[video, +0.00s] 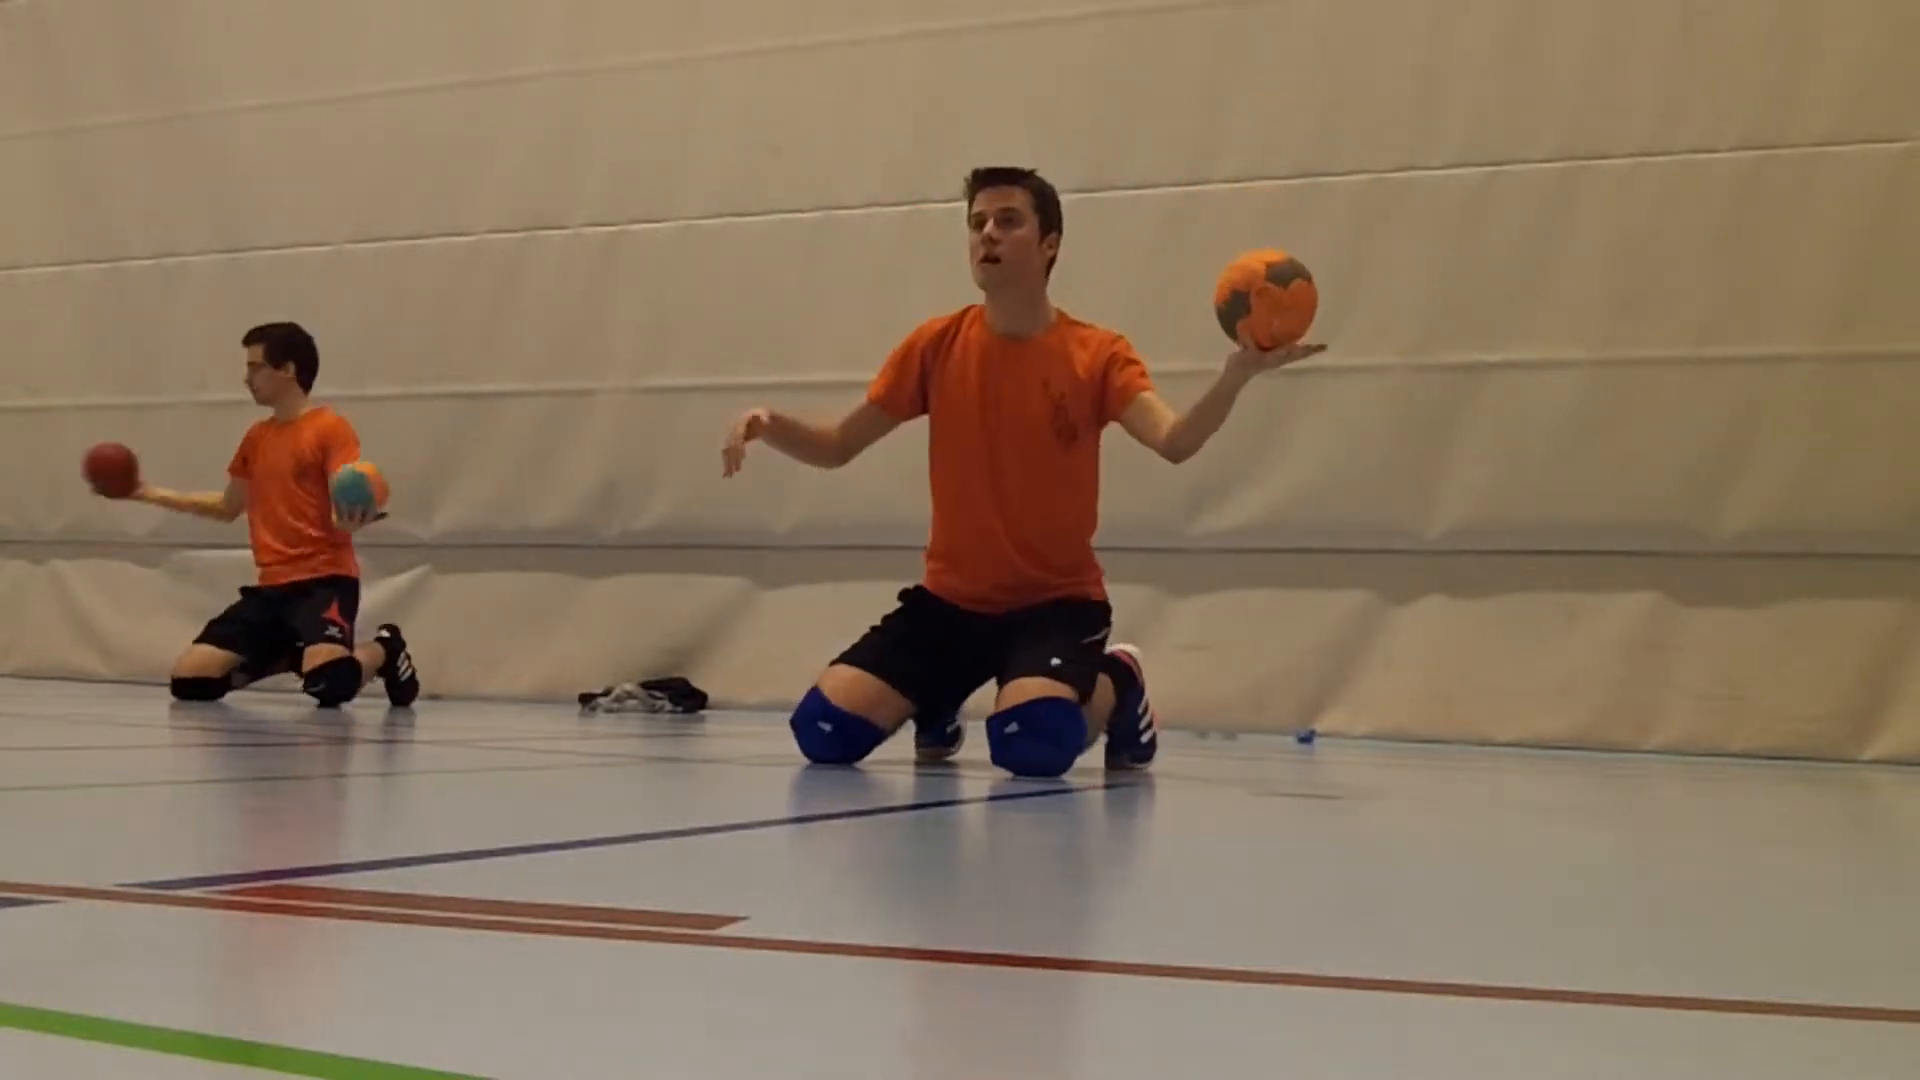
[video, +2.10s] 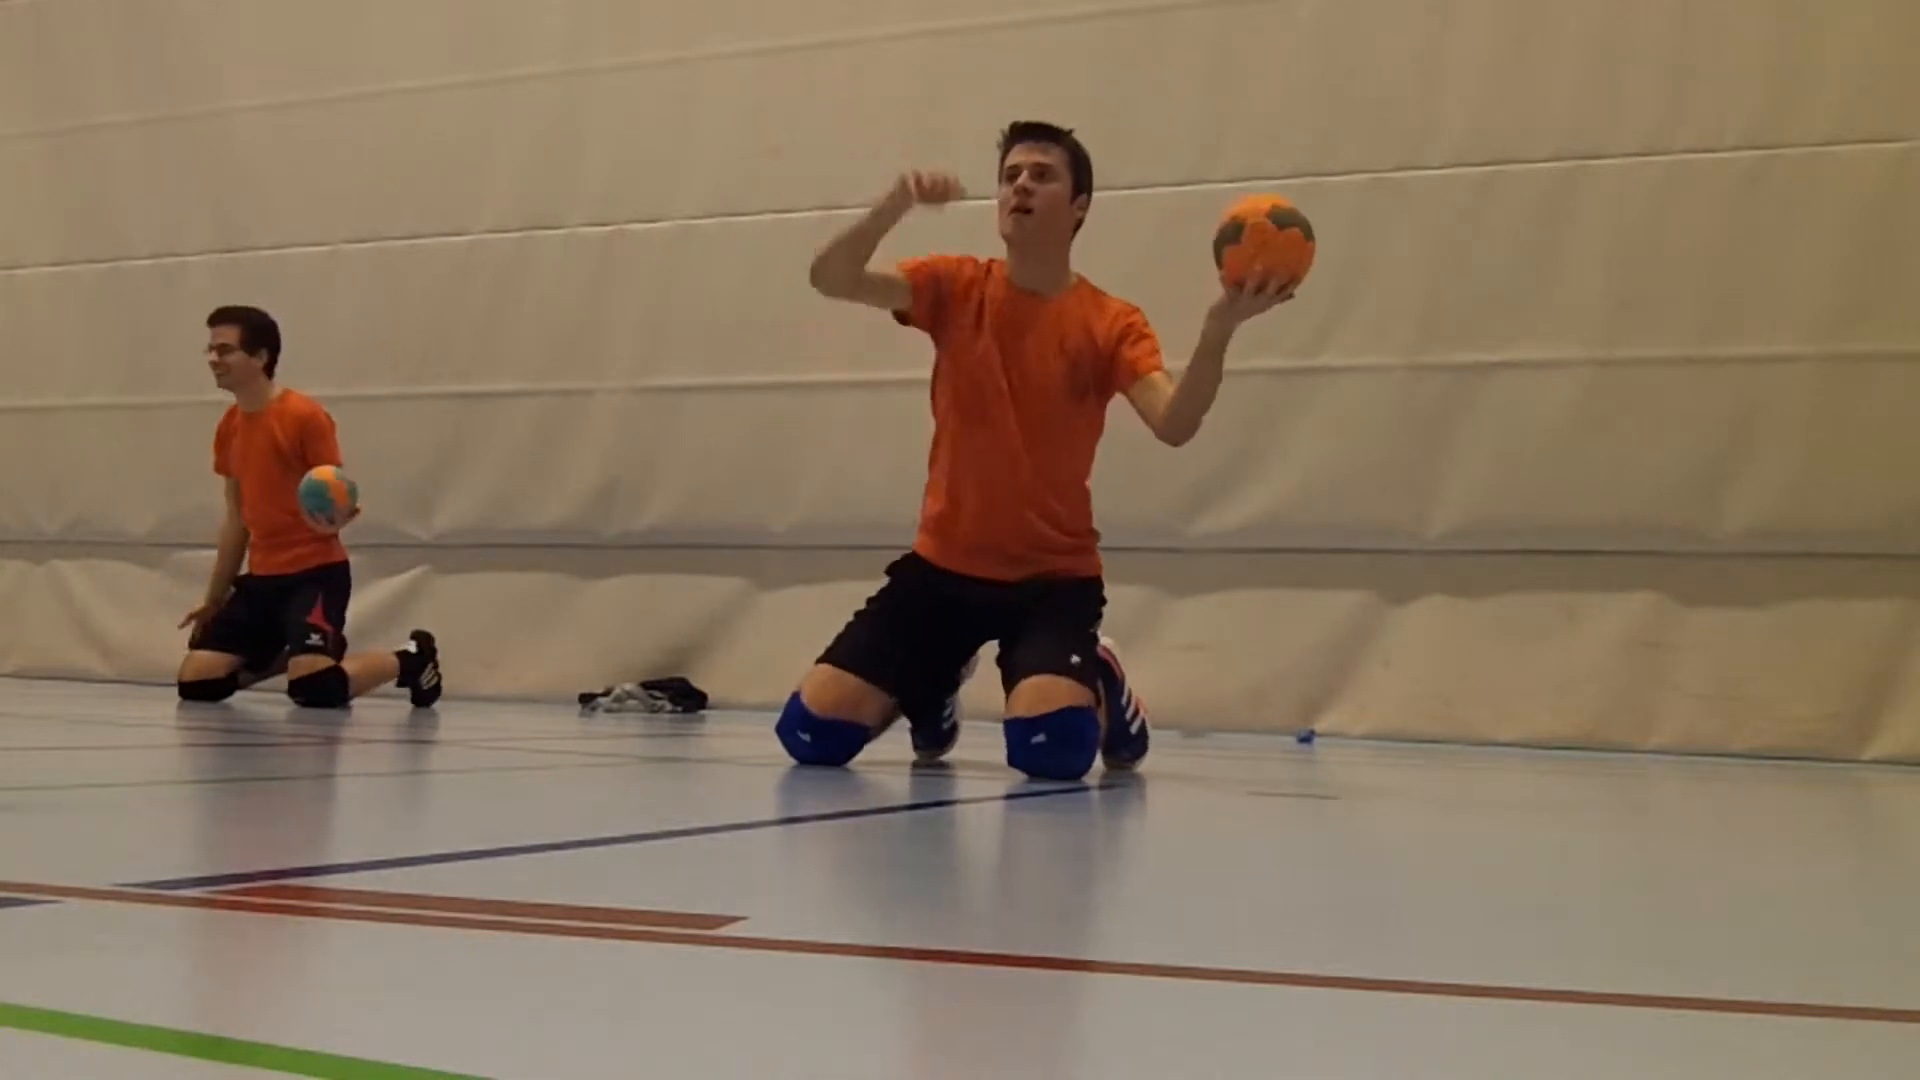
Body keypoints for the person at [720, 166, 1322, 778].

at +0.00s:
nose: (988, 235)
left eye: (1009, 221)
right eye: (978, 224)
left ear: (1050, 247)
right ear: (966, 246)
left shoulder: (1094, 356)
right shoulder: (938, 347)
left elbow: (1177, 441)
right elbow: (836, 444)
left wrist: (1238, 368)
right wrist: (772, 423)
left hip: (1056, 603)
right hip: (949, 601)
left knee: (1029, 750)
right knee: (821, 736)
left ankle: (1118, 684)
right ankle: (936, 690)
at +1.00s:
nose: (953, 239)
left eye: (971, 223)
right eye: (944, 229)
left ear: (1017, 243)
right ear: (938, 248)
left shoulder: (1071, 348)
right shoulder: (924, 343)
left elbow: (1118, 465)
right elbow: (914, 439)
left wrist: (1149, 396)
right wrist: (868, 431)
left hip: (1044, 600)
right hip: (940, 596)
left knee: (1050, 752)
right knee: (803, 734)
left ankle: (1106, 684)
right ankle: (925, 692)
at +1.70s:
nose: (980, 249)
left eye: (999, 234)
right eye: (971, 235)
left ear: (1042, 252)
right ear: (962, 247)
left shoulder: (1077, 346)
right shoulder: (951, 360)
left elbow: (1112, 431)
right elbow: (859, 456)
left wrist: (1124, 326)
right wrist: (848, 340)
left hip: (1050, 610)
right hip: (945, 607)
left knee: (1054, 749)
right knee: (814, 734)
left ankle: (1106, 689)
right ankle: (932, 691)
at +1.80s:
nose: (996, 238)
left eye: (1018, 227)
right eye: (987, 224)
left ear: (1056, 250)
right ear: (975, 241)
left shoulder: (1091, 352)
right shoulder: (940, 351)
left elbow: (1129, 436)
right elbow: (819, 401)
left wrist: (1149, 329)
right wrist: (838, 274)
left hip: (1056, 609)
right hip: (948, 604)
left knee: (1046, 749)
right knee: (809, 736)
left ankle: (1110, 688)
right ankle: (928, 692)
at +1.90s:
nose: (1010, 228)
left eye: (1032, 217)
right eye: (1001, 214)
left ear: (1067, 246)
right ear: (986, 230)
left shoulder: (1095, 351)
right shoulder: (943, 324)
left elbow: (1148, 433)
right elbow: (823, 287)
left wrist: (1174, 332)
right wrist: (783, 161)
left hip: (1057, 605)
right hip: (947, 599)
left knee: (1046, 751)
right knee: (810, 735)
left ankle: (1110, 687)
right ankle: (930, 690)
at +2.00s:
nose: (1015, 203)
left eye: (1037, 194)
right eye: (1006, 192)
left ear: (1071, 224)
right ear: (989, 216)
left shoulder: (1098, 335)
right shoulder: (951, 297)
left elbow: (1161, 427)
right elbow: (853, 225)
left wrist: (1194, 330)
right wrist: (847, 135)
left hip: (1054, 589)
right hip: (946, 581)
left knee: (1050, 751)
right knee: (808, 737)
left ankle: (1108, 684)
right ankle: (934, 683)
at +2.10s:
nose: (1022, 185)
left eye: (1043, 174)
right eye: (1011, 175)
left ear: (1078, 208)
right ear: (996, 201)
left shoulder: (1110, 323)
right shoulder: (954, 287)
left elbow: (1174, 423)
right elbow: (832, 276)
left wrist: (1219, 328)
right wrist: (894, 203)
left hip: (1054, 578)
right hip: (943, 568)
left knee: (1048, 754)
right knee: (809, 739)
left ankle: (1102, 683)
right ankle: (929, 676)